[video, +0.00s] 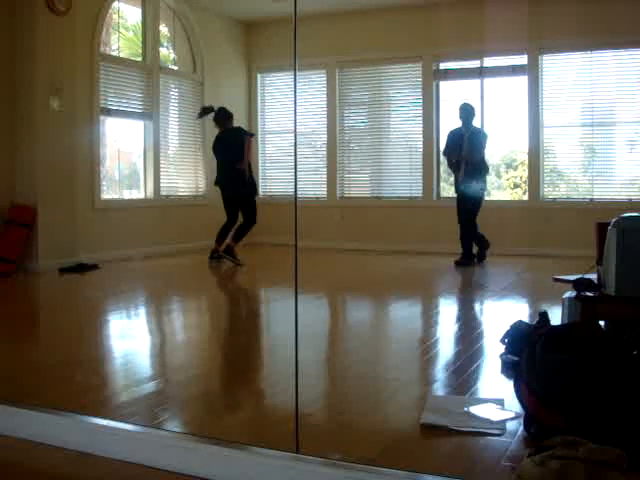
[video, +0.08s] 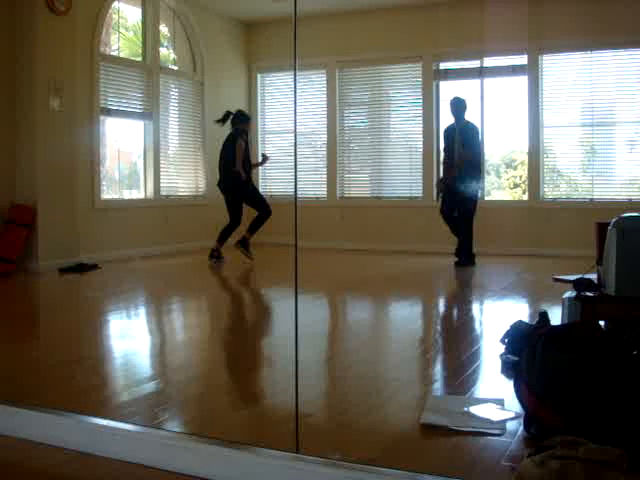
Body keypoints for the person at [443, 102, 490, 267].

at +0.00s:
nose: (464, 116)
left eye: (467, 112)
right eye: (462, 112)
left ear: (472, 114)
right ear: (459, 114)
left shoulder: (479, 134)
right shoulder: (453, 134)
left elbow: (478, 155)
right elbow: (448, 154)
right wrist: (454, 166)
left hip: (477, 179)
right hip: (461, 179)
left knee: (468, 219)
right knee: (464, 220)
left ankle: (482, 243)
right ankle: (466, 254)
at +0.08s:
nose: (455, 110)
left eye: (458, 107)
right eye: (453, 107)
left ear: (464, 108)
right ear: (451, 109)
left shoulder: (471, 129)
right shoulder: (448, 131)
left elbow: (477, 157)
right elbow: (446, 157)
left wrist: (479, 181)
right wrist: (444, 178)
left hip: (469, 181)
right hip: (452, 182)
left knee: (465, 219)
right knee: (446, 212)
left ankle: (465, 256)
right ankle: (465, 240)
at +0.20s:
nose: (444, 105)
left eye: (447, 102)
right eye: (442, 102)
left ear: (453, 102)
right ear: (441, 103)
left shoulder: (462, 123)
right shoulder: (440, 124)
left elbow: (467, 152)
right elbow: (434, 152)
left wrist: (470, 177)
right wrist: (424, 175)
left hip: (462, 177)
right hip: (444, 178)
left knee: (465, 217)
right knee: (436, 210)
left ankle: (468, 255)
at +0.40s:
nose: (422, 113)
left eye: (426, 109)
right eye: (422, 109)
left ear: (435, 111)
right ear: (423, 111)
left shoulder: (445, 131)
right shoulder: (426, 132)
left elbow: (458, 159)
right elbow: (420, 157)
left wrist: (466, 185)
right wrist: (404, 175)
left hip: (448, 185)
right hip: (431, 185)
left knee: (449, 218)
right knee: (426, 219)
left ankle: (466, 249)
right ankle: (426, 258)